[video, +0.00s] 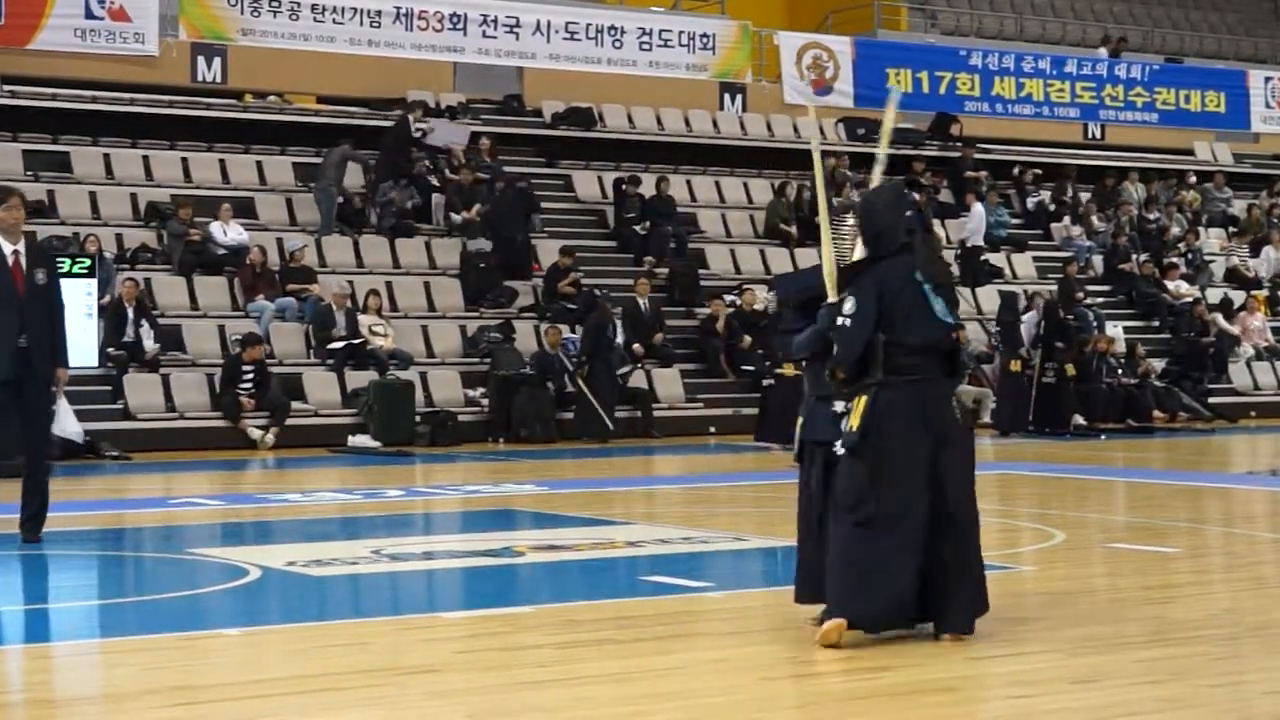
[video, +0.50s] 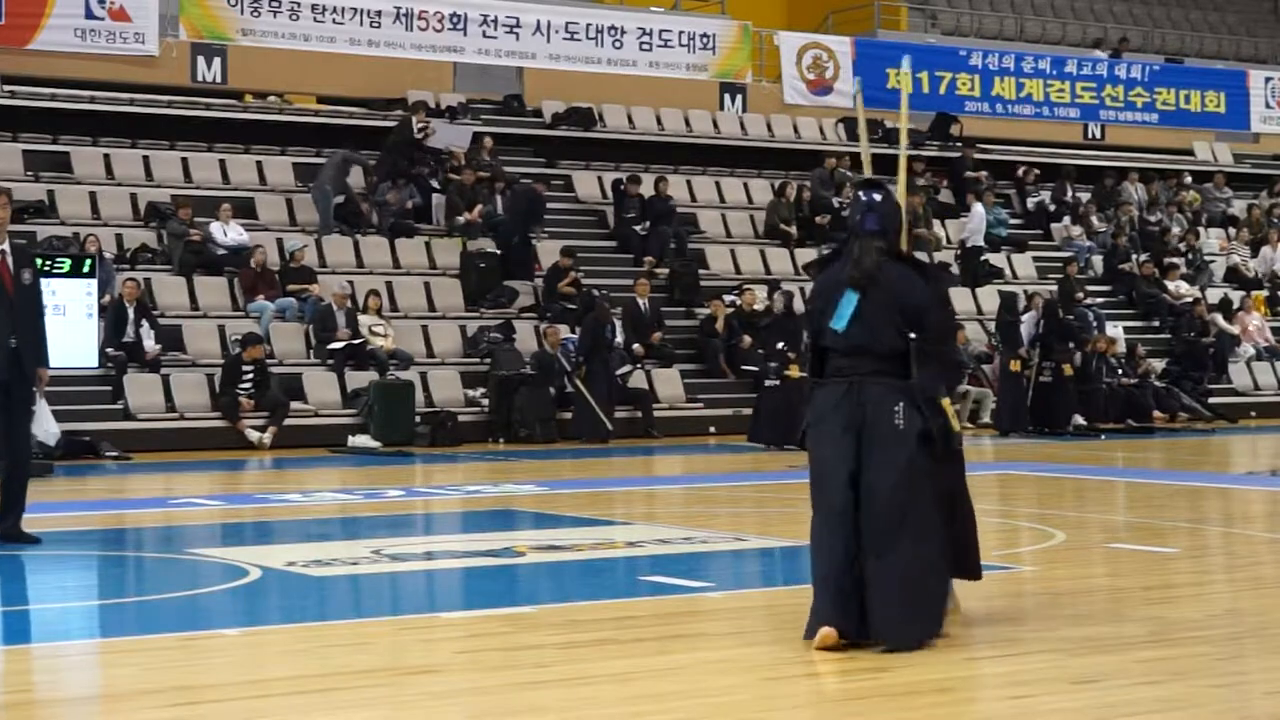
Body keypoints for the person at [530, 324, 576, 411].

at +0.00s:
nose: (556, 338)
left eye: (558, 335)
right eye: (552, 335)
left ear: (561, 337)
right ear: (546, 338)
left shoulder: (564, 355)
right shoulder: (537, 357)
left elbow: (572, 371)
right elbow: (537, 378)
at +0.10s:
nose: (554, 339)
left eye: (556, 335)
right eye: (551, 336)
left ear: (560, 337)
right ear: (545, 338)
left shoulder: (565, 354)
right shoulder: (537, 357)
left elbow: (572, 372)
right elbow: (535, 379)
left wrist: (576, 386)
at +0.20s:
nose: (554, 339)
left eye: (556, 335)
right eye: (551, 336)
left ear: (560, 337)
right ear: (545, 338)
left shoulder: (564, 354)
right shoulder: (537, 357)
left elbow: (571, 372)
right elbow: (538, 379)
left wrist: (576, 387)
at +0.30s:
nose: (553, 339)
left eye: (556, 335)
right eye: (550, 335)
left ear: (561, 337)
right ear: (546, 338)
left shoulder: (566, 355)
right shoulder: (537, 356)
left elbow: (571, 375)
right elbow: (534, 379)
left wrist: (577, 389)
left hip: (563, 392)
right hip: (544, 394)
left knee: (580, 398)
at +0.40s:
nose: (553, 338)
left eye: (556, 334)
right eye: (550, 335)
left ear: (560, 337)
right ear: (546, 338)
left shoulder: (566, 355)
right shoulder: (537, 357)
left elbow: (571, 374)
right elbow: (536, 379)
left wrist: (577, 389)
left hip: (563, 392)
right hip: (544, 394)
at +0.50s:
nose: (554, 338)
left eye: (556, 334)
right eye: (550, 335)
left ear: (559, 336)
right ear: (545, 339)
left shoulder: (565, 354)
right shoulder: (537, 357)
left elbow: (570, 372)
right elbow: (536, 378)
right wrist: (548, 389)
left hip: (563, 391)